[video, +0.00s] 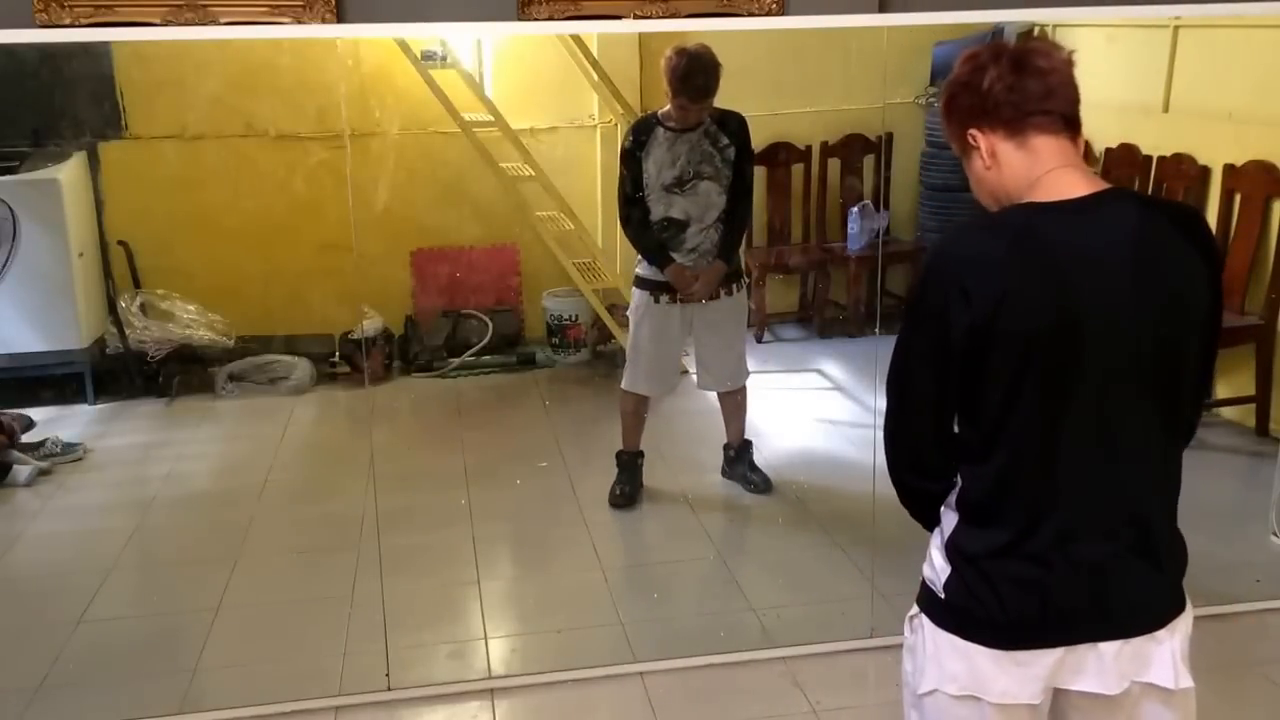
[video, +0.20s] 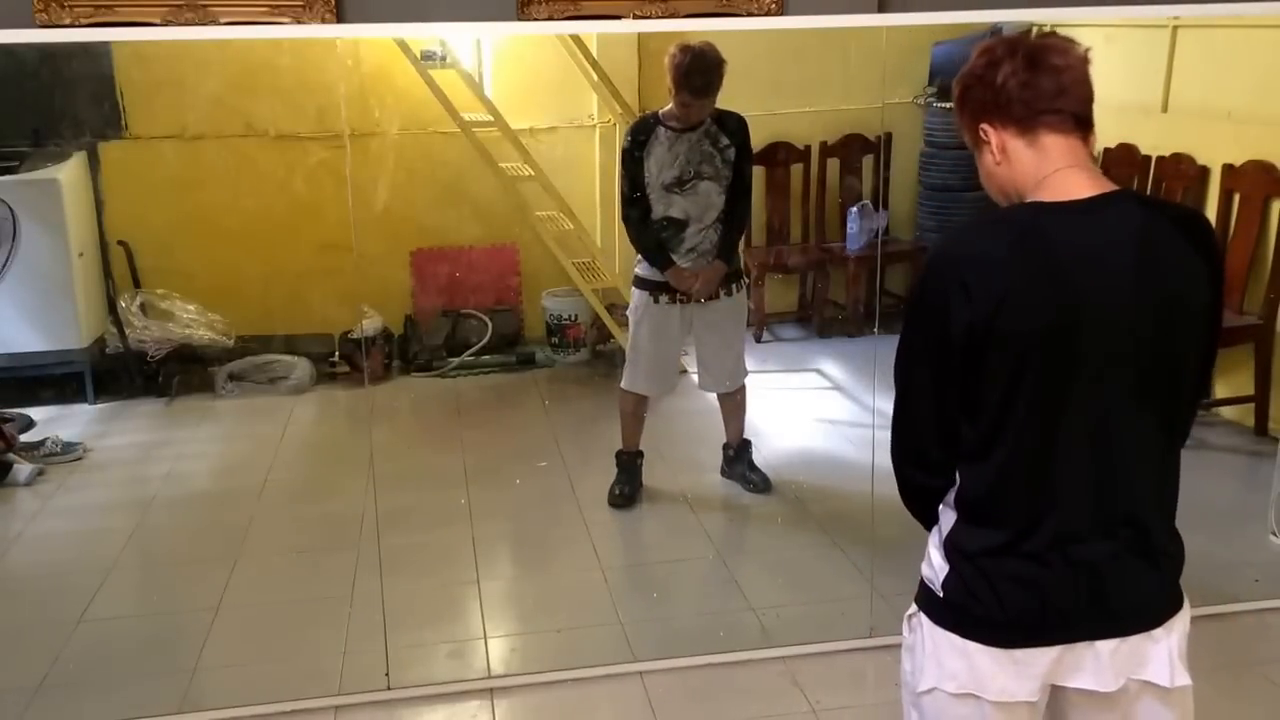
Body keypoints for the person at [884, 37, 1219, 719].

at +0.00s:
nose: (970, 181)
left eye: (963, 161)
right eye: (964, 162)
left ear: (982, 147)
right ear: (1076, 132)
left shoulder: (968, 257)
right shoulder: (1183, 239)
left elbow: (912, 448)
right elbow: (1183, 412)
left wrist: (966, 523)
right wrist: (1113, 485)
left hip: (989, 612)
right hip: (1140, 609)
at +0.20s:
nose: (980, 172)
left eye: (974, 151)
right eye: (976, 152)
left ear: (993, 141)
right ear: (1084, 124)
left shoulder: (967, 263)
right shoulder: (1187, 242)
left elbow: (918, 463)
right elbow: (1178, 413)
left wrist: (981, 531)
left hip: (987, 616)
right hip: (1140, 614)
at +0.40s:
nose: (984, 169)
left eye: (979, 148)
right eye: (981, 149)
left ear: (997, 139)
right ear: (1090, 122)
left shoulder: (968, 261)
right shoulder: (1192, 245)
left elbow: (916, 462)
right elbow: (1180, 421)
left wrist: (982, 526)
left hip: (984, 619)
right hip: (1138, 620)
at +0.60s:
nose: (977, 148)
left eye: (973, 130)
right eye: (975, 129)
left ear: (991, 128)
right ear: (1091, 117)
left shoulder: (958, 267)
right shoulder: (1184, 244)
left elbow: (920, 472)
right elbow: (1177, 424)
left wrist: (987, 529)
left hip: (983, 622)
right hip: (1139, 622)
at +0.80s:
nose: (979, 130)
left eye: (979, 112)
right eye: (981, 111)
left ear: (997, 119)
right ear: (1096, 108)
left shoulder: (960, 264)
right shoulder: (1183, 245)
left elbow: (921, 473)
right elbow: (1175, 423)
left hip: (984, 622)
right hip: (1138, 620)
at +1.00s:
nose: (994, 127)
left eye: (993, 109)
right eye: (993, 108)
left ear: (1012, 116)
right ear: (1109, 113)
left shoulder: (962, 263)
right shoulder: (1188, 247)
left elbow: (917, 462)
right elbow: (1176, 424)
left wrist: (983, 537)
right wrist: (1112, 519)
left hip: (984, 621)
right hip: (1138, 618)